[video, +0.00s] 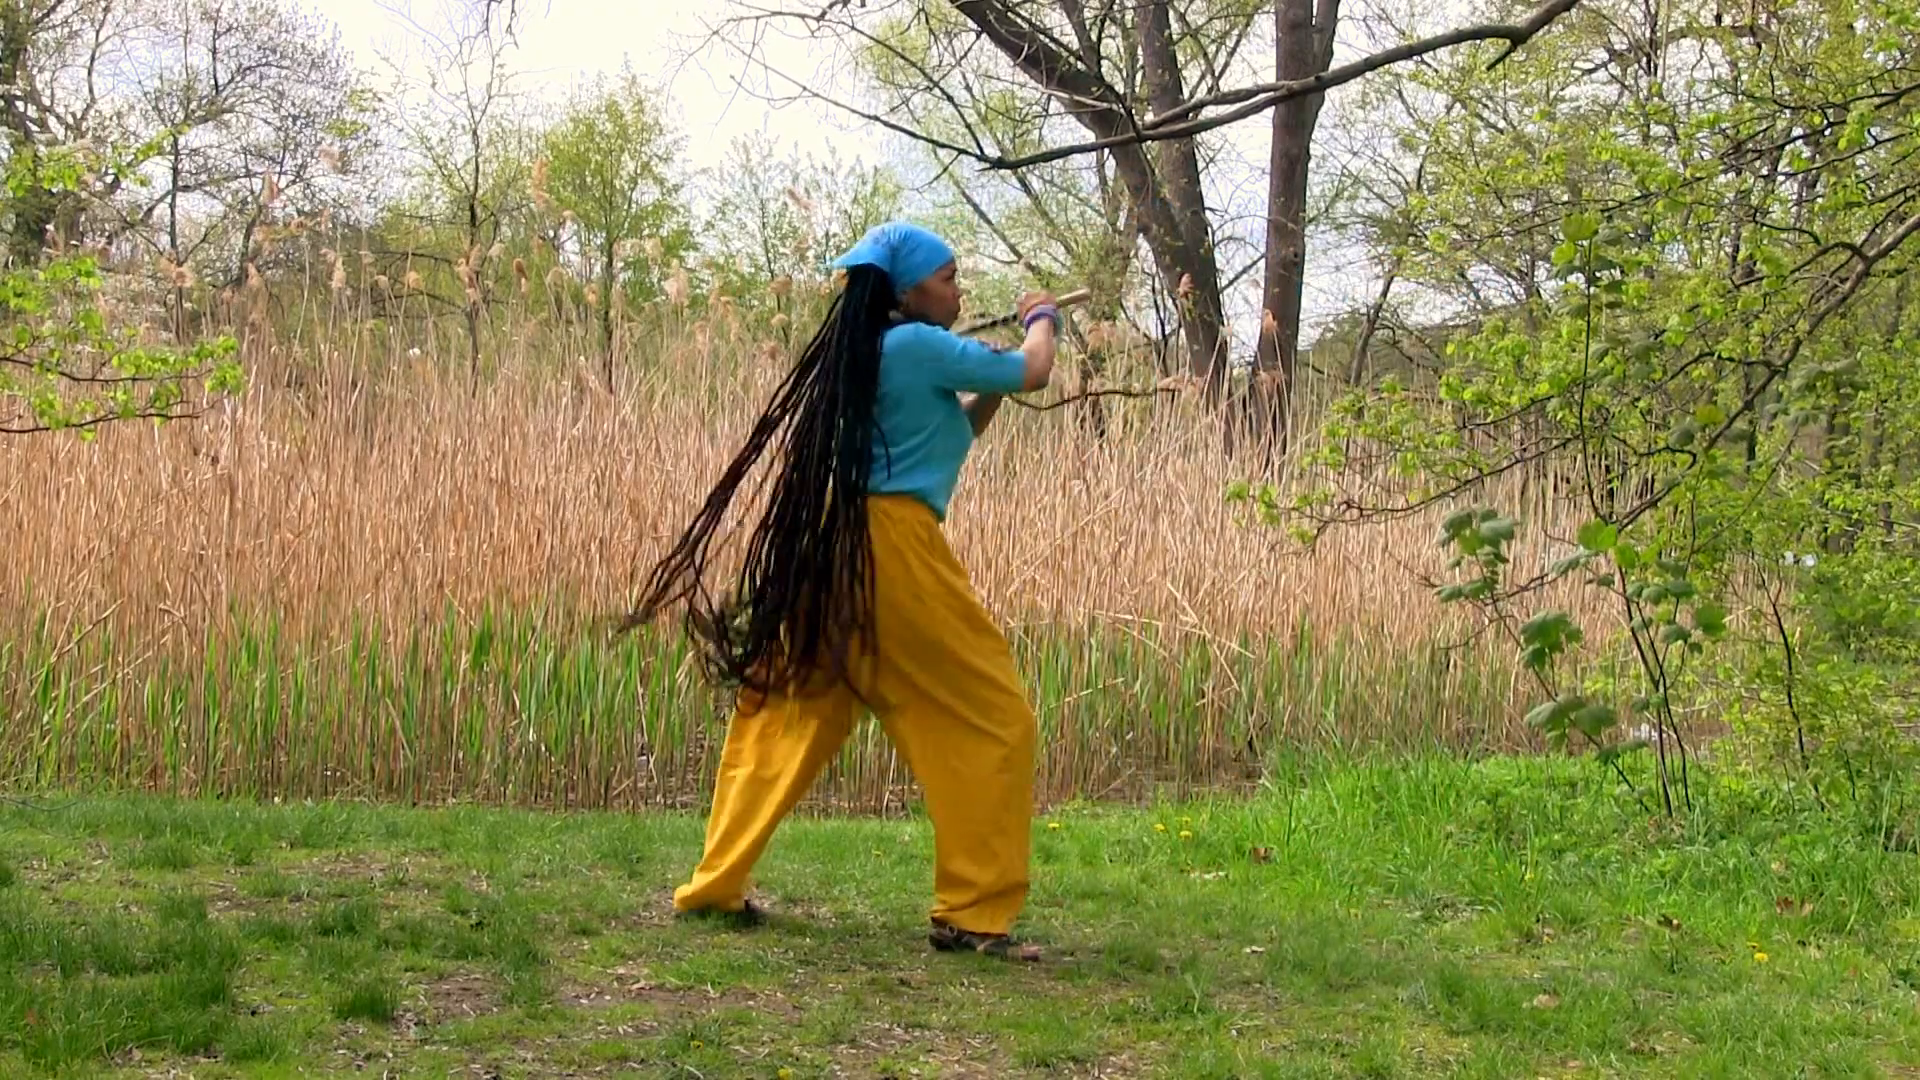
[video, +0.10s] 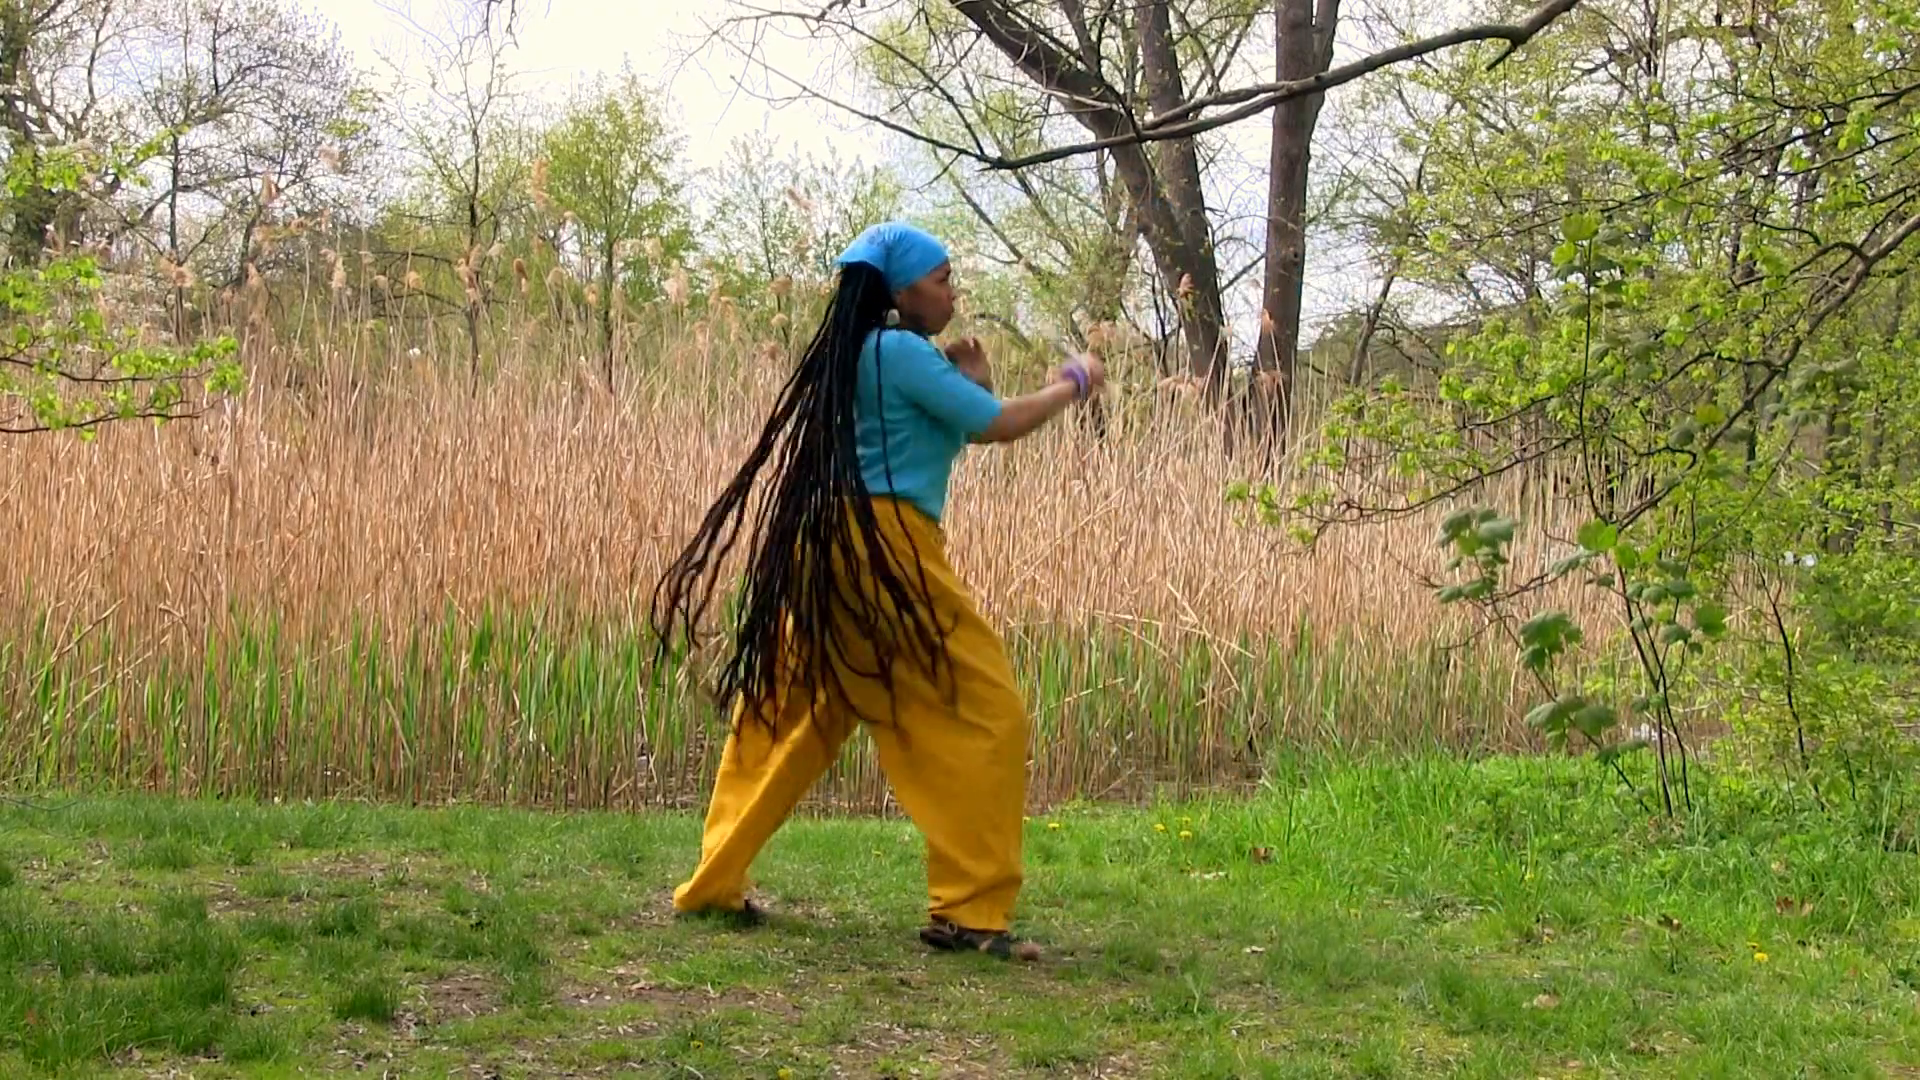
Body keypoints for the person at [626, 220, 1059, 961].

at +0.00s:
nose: (958, 289)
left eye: (953, 275)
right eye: (945, 277)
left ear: (892, 293)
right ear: (906, 289)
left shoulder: (867, 350)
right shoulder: (924, 346)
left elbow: (950, 431)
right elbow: (1032, 369)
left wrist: (999, 371)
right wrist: (1042, 320)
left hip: (833, 539)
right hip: (898, 541)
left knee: (788, 700)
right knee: (1000, 714)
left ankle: (716, 886)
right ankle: (971, 913)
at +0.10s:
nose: (953, 291)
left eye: (950, 276)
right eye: (941, 278)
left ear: (895, 292)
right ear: (899, 291)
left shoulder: (857, 350)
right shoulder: (902, 352)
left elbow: (909, 433)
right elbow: (998, 424)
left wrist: (964, 383)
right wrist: (1070, 386)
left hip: (830, 539)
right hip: (890, 544)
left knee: (788, 706)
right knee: (991, 713)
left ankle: (715, 883)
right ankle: (967, 910)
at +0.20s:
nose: (966, 290)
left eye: (962, 275)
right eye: (954, 277)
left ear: (915, 292)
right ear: (912, 292)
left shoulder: (927, 349)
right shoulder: (895, 359)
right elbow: (950, 476)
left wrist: (1032, 334)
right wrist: (1051, 485)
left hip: (853, 541)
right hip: (892, 544)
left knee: (809, 715)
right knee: (983, 717)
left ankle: (715, 885)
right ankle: (940, 910)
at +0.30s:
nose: (992, 285)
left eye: (987, 274)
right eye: (979, 277)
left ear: (954, 294)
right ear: (940, 297)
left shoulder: (987, 346)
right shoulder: (891, 367)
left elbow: (1095, 322)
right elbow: (882, 482)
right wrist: (968, 537)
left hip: (933, 564)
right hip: (895, 564)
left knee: (832, 727)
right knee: (982, 728)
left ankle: (723, 876)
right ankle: (926, 910)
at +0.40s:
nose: (1023, 269)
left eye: (1018, 259)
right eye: (1009, 262)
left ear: (986, 280)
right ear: (971, 283)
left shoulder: (1026, 342)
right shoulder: (915, 357)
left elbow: (1130, 363)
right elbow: (883, 469)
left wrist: (1243, 366)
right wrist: (947, 510)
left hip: (984, 563)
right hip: (923, 561)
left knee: (898, 714)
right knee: (973, 729)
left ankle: (786, 837)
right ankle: (930, 911)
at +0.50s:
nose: (1058, 265)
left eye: (1053, 252)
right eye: (1046, 254)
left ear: (1019, 269)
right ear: (1005, 271)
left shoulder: (1051, 344)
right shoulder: (953, 352)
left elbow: (1119, 433)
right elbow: (961, 464)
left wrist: (1211, 481)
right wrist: (1034, 459)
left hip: (1022, 551)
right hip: (959, 545)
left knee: (1043, 720)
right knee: (967, 724)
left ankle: (895, 823)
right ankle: (928, 909)